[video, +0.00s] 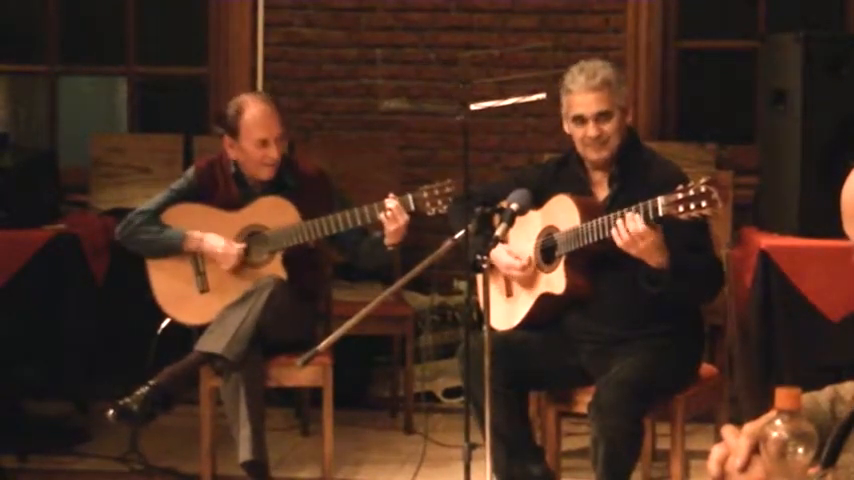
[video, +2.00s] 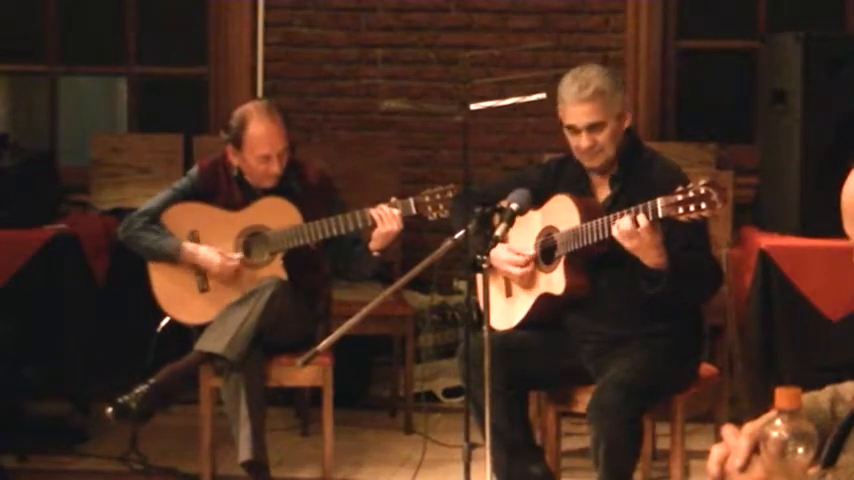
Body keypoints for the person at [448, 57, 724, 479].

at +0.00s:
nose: (593, 131)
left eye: (604, 118)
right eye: (579, 121)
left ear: (626, 115)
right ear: (565, 124)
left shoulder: (664, 182)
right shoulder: (555, 176)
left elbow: (707, 281)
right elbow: (464, 206)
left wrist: (662, 261)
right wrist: (489, 247)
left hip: (653, 341)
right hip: (573, 337)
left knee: (614, 400)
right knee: (487, 354)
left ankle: (611, 474)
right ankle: (523, 471)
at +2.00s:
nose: (584, 143)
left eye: (596, 129)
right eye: (572, 131)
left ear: (625, 119)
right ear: (561, 126)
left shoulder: (665, 183)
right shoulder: (557, 176)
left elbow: (705, 281)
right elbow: (468, 203)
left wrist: (658, 262)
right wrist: (488, 248)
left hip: (654, 342)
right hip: (574, 335)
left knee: (611, 403)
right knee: (485, 353)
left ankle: (613, 474)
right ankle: (523, 471)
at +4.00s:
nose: (548, 141)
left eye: (556, 131)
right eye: (548, 130)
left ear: (595, 131)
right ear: (591, 132)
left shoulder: (667, 186)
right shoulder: (557, 179)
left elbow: (710, 285)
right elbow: (468, 205)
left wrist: (666, 263)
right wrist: (488, 253)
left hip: (657, 346)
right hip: (577, 339)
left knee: (615, 407)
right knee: (486, 358)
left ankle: (618, 475)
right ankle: (524, 473)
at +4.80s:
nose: (598, 160)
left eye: (608, 143)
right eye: (586, 146)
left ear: (645, 121)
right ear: (575, 136)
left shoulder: (702, 187)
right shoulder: (573, 180)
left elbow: (748, 305)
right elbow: (473, 212)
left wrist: (699, 279)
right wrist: (496, 267)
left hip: (688, 370)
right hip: (594, 361)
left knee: (644, 447)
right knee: (491, 384)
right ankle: (523, 474)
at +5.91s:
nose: (650, 154)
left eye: (664, 134)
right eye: (632, 139)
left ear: (697, 113)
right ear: (614, 128)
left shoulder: (752, 196)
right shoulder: (601, 181)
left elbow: (794, 345)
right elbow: (477, 211)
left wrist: (738, 322)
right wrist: (507, 286)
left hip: (728, 403)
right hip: (617, 394)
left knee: (696, 457)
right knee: (499, 420)